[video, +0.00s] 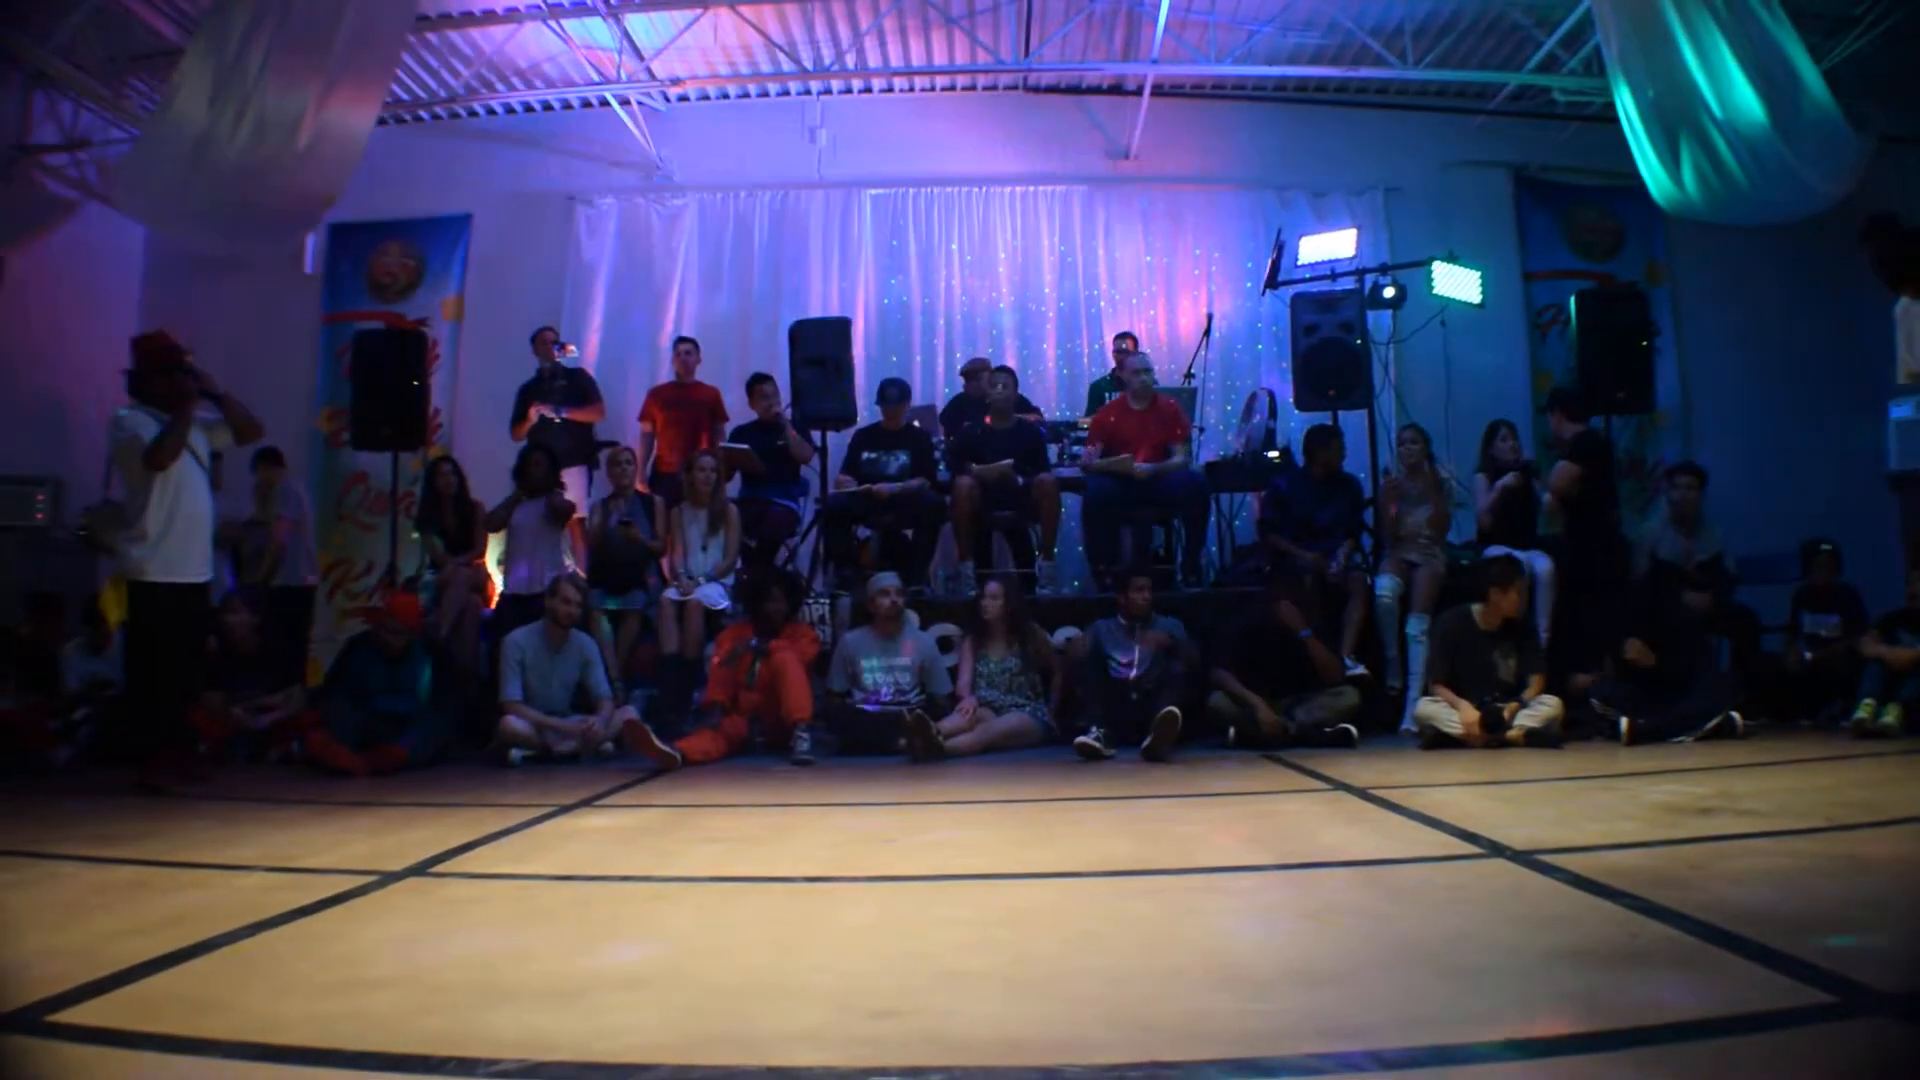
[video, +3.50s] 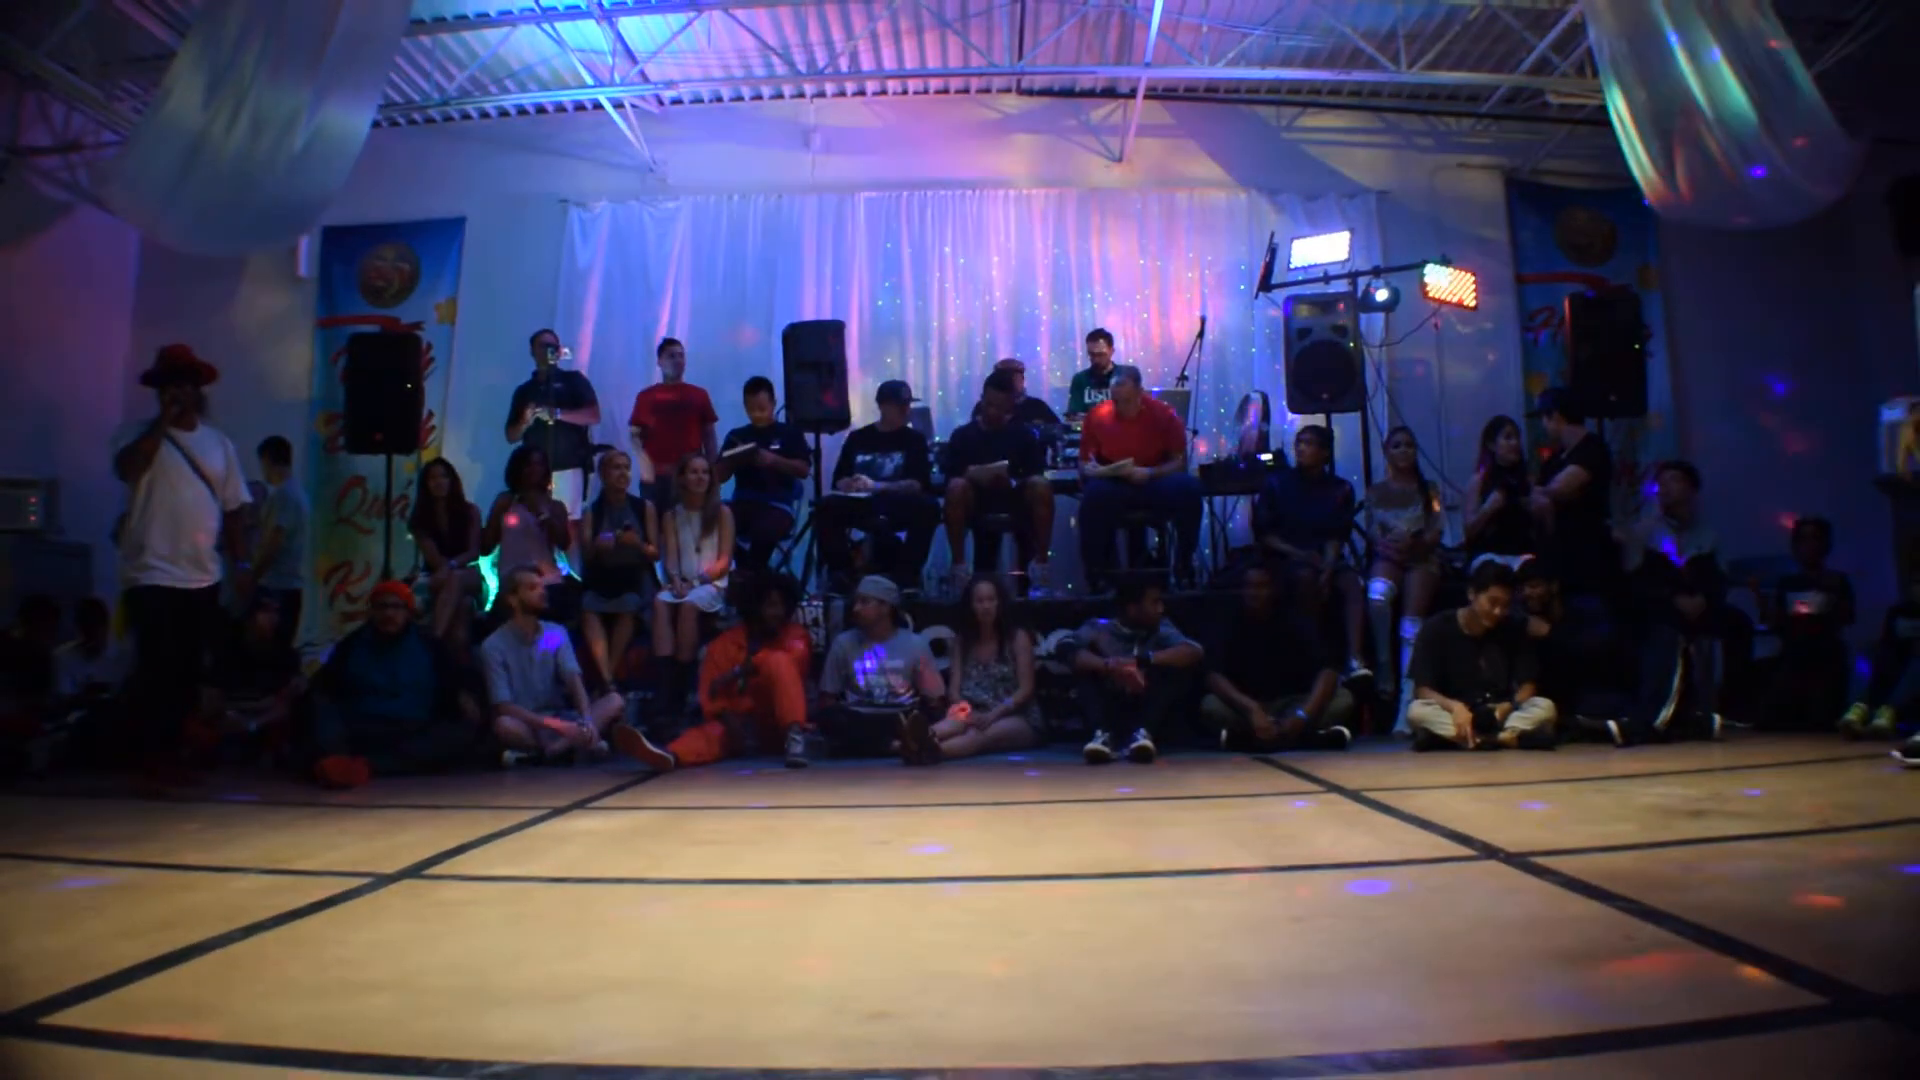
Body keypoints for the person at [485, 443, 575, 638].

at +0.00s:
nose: (534, 471)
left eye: (540, 465)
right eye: (529, 465)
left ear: (552, 471)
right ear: (520, 470)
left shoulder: (557, 502)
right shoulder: (515, 504)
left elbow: (562, 513)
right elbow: (490, 524)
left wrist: (555, 493)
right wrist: (516, 497)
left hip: (548, 592)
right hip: (514, 592)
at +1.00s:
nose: (536, 471)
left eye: (541, 465)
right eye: (530, 465)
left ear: (547, 470)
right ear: (517, 469)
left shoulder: (553, 502)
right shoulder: (504, 503)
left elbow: (558, 537)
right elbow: (487, 542)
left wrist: (553, 503)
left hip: (542, 592)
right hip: (508, 592)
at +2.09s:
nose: (534, 470)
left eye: (540, 465)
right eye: (528, 464)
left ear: (547, 470)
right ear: (515, 468)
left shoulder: (554, 500)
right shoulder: (501, 500)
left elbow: (566, 546)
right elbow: (491, 546)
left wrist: (557, 511)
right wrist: (496, 513)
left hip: (544, 593)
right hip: (508, 593)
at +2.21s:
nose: (534, 470)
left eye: (539, 464)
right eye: (528, 464)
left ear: (546, 470)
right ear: (515, 468)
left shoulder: (553, 501)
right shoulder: (501, 501)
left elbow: (564, 548)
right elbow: (491, 543)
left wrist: (557, 512)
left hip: (543, 591)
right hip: (508, 590)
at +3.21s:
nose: (534, 469)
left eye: (539, 463)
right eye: (527, 463)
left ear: (546, 469)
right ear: (515, 468)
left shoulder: (551, 503)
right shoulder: (498, 505)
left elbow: (561, 549)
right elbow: (489, 547)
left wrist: (555, 513)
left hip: (546, 582)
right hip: (509, 583)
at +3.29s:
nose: (534, 469)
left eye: (539, 464)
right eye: (527, 464)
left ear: (546, 469)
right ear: (515, 468)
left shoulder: (551, 503)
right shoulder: (497, 507)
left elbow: (562, 549)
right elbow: (487, 550)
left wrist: (555, 516)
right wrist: (495, 516)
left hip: (548, 584)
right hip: (509, 587)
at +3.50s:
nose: (535, 470)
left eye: (540, 465)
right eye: (529, 465)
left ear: (547, 470)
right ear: (518, 469)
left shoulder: (555, 506)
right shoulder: (505, 501)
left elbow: (564, 543)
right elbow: (486, 547)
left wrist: (546, 517)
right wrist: (500, 512)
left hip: (548, 581)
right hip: (512, 582)